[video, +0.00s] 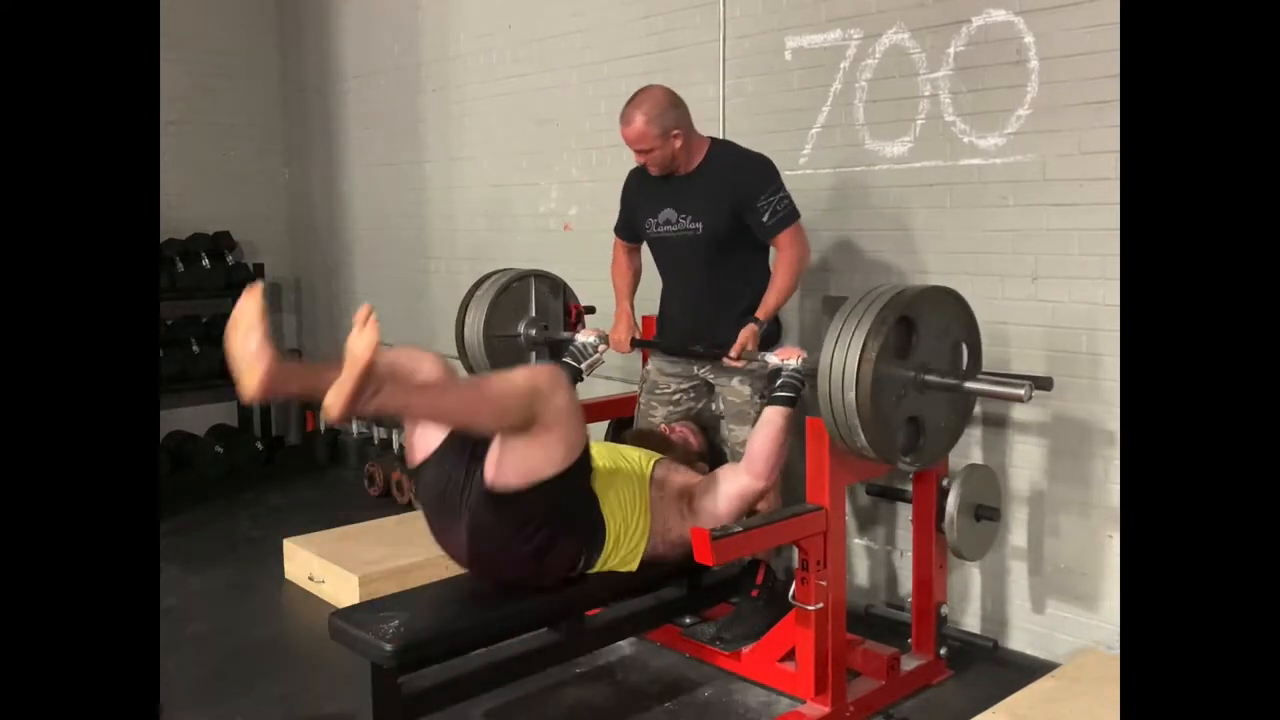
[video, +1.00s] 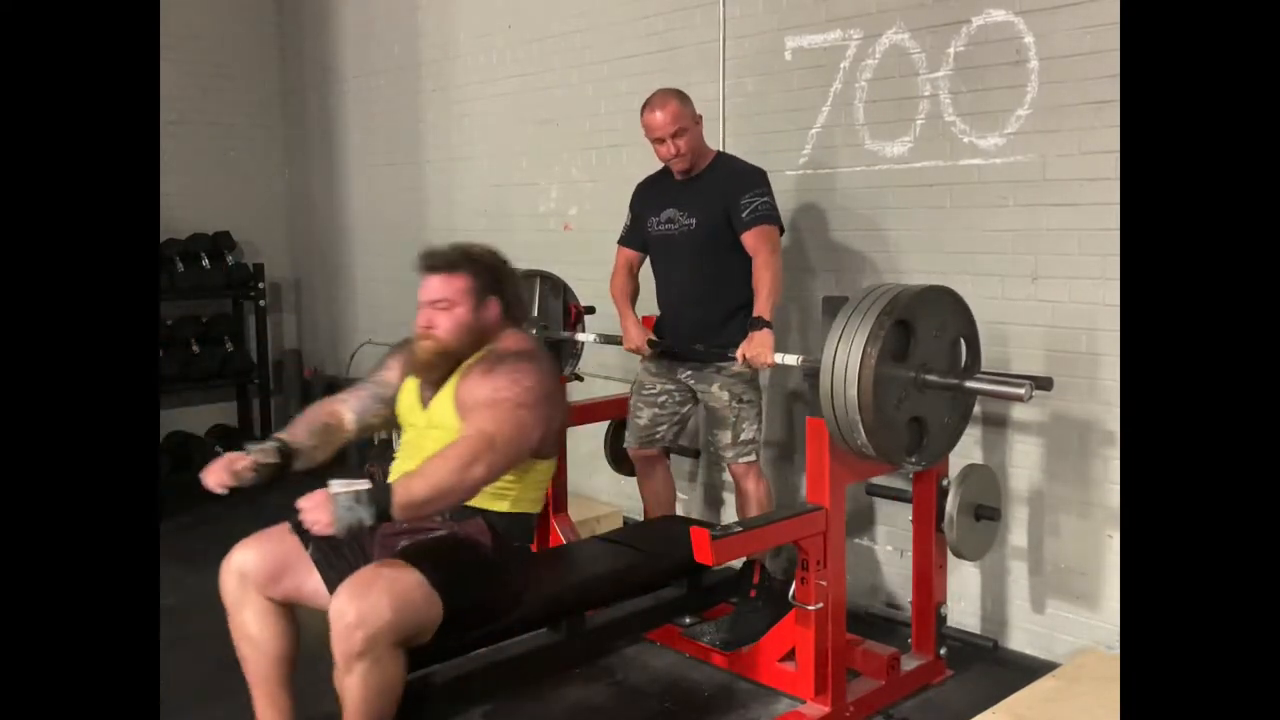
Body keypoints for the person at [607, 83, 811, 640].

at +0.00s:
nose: (638, 161)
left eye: (645, 150)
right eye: (634, 150)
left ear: (679, 136)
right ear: (654, 139)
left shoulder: (747, 172)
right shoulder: (641, 185)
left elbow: (793, 252)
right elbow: (626, 249)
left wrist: (760, 321)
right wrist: (624, 311)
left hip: (741, 358)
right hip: (671, 355)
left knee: (756, 478)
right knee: (656, 470)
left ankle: (770, 591)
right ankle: (687, 588)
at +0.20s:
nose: (668, 156)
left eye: (675, 142)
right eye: (659, 146)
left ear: (703, 119)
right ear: (650, 136)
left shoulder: (760, 171)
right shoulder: (662, 180)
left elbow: (813, 245)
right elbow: (641, 245)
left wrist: (755, 305)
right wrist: (622, 307)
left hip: (750, 357)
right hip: (679, 353)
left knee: (751, 471)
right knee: (662, 463)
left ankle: (767, 586)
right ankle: (684, 578)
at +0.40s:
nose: (683, 147)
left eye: (690, 132)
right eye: (671, 138)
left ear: (714, 113)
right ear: (661, 133)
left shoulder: (768, 169)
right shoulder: (669, 180)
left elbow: (810, 250)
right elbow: (646, 249)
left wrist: (771, 324)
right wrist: (623, 308)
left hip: (748, 355)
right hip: (684, 351)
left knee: (760, 471)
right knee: (682, 465)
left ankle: (771, 589)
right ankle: (689, 580)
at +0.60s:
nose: (677, 148)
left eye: (684, 132)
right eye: (665, 139)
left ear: (706, 114)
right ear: (654, 135)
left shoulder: (758, 170)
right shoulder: (660, 185)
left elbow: (788, 250)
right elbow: (633, 251)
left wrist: (764, 328)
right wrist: (616, 310)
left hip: (747, 353)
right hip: (684, 352)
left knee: (759, 471)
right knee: (673, 468)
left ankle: (773, 588)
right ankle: (665, 577)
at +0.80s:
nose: (668, 149)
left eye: (675, 135)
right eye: (657, 141)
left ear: (697, 119)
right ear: (646, 139)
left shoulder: (746, 174)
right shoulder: (650, 191)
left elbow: (773, 248)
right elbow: (623, 267)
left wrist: (761, 326)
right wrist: (622, 323)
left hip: (737, 352)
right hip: (675, 352)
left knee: (749, 464)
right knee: (656, 453)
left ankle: (770, 582)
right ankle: (667, 565)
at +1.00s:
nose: (671, 148)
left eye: (679, 134)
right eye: (660, 140)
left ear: (699, 124)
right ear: (649, 141)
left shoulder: (742, 180)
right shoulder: (649, 194)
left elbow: (767, 253)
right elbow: (624, 269)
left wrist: (763, 324)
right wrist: (628, 319)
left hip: (730, 357)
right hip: (667, 355)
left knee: (743, 466)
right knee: (645, 452)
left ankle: (766, 580)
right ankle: (665, 561)